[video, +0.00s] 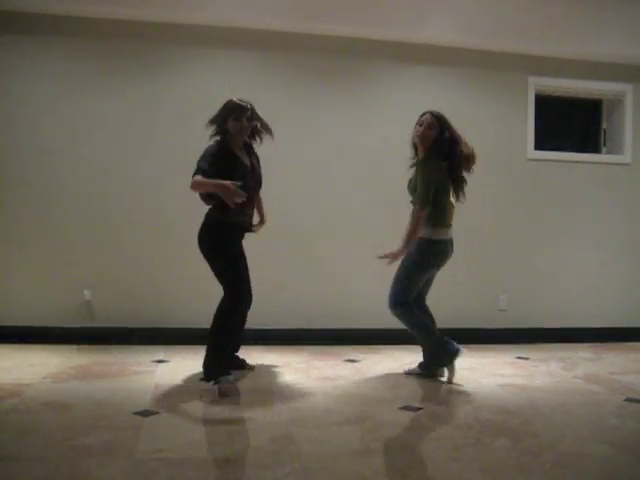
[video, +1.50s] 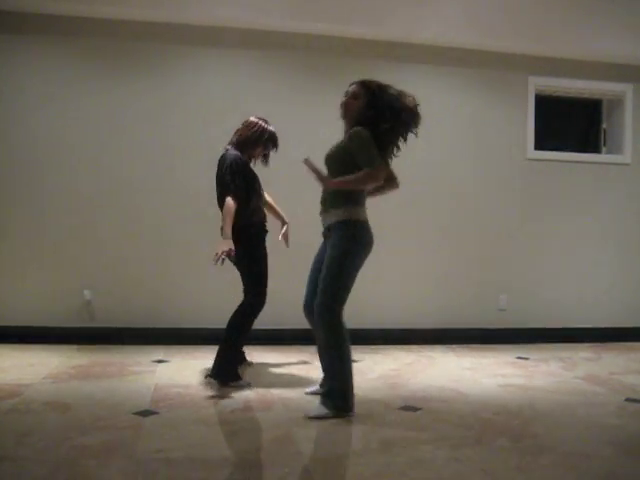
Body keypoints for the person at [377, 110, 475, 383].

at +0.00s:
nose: (421, 129)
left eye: (429, 127)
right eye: (419, 124)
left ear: (438, 136)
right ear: (413, 128)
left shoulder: (428, 165)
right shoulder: (437, 163)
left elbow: (420, 211)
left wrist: (403, 247)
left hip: (429, 244)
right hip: (437, 244)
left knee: (399, 302)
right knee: (415, 301)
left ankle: (442, 349)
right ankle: (432, 360)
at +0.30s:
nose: (406, 112)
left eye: (414, 110)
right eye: (405, 107)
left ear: (423, 121)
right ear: (399, 114)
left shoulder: (421, 140)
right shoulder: (399, 149)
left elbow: (462, 136)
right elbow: (408, 176)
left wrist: (450, 161)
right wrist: (390, 182)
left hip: (429, 226)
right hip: (422, 227)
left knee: (409, 292)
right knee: (416, 293)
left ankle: (421, 370)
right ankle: (428, 362)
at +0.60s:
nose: (396, 136)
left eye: (402, 132)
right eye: (392, 132)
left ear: (413, 136)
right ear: (387, 138)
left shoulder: (422, 159)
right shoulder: (399, 176)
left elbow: (408, 195)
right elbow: (388, 219)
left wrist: (388, 220)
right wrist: (361, 245)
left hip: (417, 234)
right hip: (403, 236)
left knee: (394, 298)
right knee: (393, 299)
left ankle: (425, 368)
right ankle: (428, 361)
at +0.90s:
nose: (389, 117)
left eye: (395, 113)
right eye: (386, 114)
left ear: (409, 119)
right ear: (383, 121)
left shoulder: (416, 146)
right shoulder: (388, 152)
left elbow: (450, 177)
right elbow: (417, 190)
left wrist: (442, 192)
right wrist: (372, 195)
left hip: (391, 229)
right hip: (378, 228)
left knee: (360, 301)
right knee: (385, 300)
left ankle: (384, 378)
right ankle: (410, 351)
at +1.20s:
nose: (370, 121)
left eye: (379, 119)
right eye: (370, 116)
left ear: (390, 128)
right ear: (366, 122)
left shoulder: (389, 152)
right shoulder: (372, 159)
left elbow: (399, 193)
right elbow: (357, 217)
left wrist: (372, 217)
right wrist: (317, 232)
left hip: (367, 242)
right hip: (361, 242)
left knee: (346, 311)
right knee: (350, 308)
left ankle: (388, 387)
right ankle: (384, 363)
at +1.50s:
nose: (344, 100)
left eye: (352, 96)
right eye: (346, 94)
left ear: (366, 106)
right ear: (358, 106)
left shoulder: (359, 136)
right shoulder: (361, 139)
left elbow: (377, 174)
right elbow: (390, 181)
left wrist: (331, 182)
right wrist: (355, 191)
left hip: (349, 233)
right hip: (338, 232)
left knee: (326, 310)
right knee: (313, 307)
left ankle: (340, 400)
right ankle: (332, 382)